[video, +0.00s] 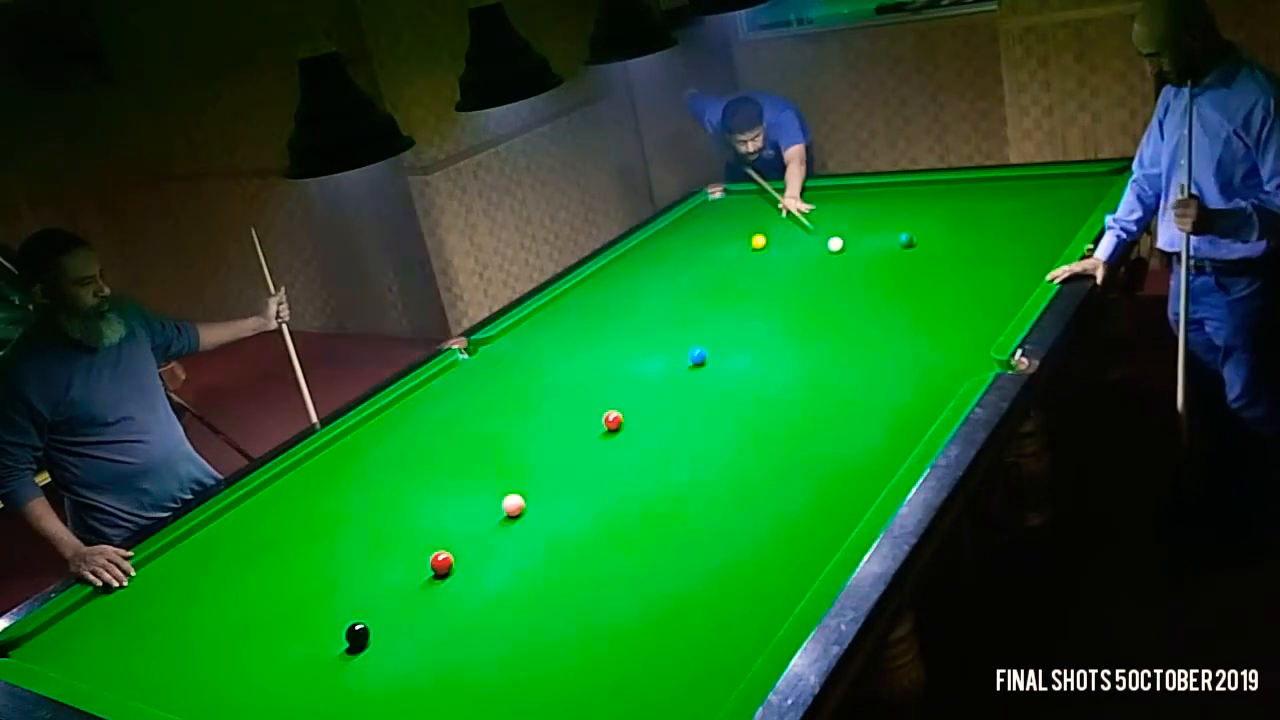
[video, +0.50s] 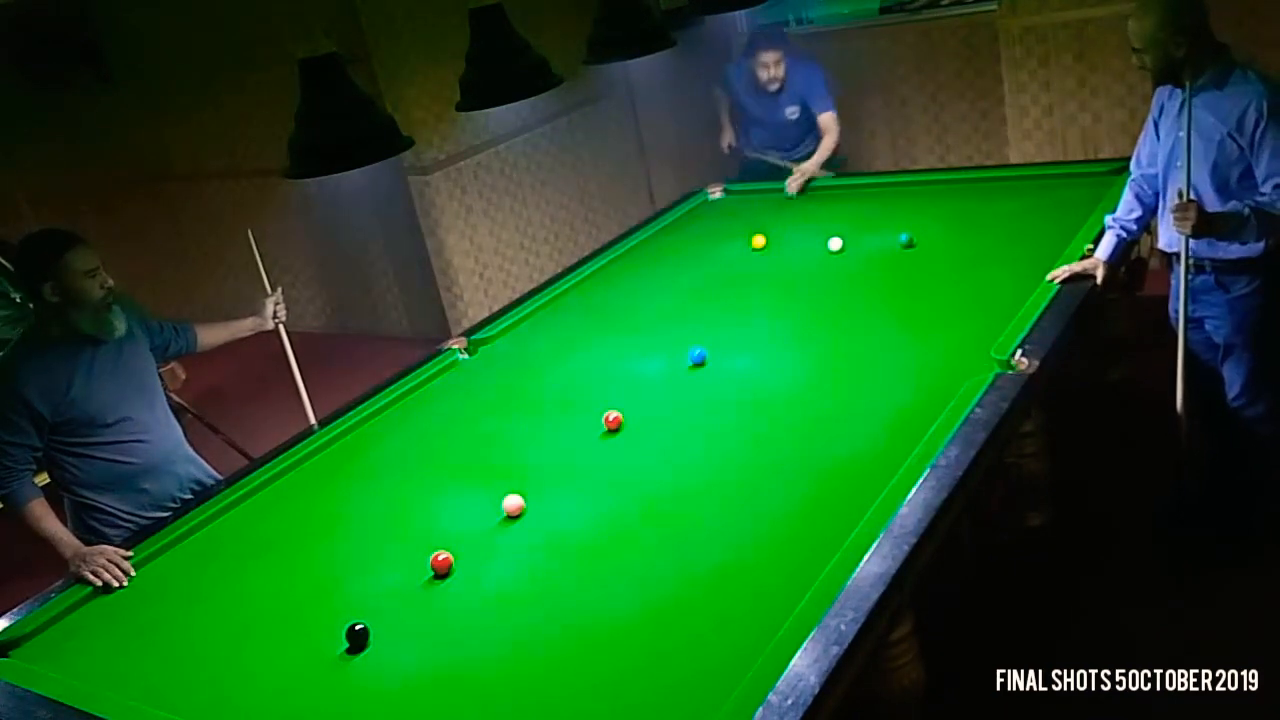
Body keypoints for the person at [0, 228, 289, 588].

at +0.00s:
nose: (102, 290)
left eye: (100, 277)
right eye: (84, 283)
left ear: (104, 272)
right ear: (44, 295)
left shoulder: (127, 320)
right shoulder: (24, 372)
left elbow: (185, 336)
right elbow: (13, 476)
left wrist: (261, 321)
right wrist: (75, 551)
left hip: (205, 503)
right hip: (130, 543)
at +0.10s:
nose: (102, 289)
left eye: (100, 276)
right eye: (85, 282)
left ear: (104, 270)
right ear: (45, 294)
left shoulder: (127, 320)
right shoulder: (24, 371)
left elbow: (184, 337)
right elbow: (13, 477)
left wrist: (261, 321)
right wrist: (75, 551)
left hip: (204, 502)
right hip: (129, 543)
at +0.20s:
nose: (105, 286)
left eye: (102, 274)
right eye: (89, 280)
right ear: (47, 293)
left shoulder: (125, 321)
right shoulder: (25, 371)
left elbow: (183, 337)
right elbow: (13, 477)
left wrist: (260, 321)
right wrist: (75, 552)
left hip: (204, 502)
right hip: (129, 543)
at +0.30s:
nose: (107, 284)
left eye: (102, 272)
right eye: (90, 278)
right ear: (50, 294)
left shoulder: (126, 323)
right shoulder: (26, 371)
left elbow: (183, 337)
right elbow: (12, 477)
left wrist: (260, 321)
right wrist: (75, 551)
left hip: (204, 503)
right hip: (129, 543)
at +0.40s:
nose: (108, 283)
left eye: (102, 271)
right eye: (91, 277)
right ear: (51, 293)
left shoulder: (124, 323)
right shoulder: (25, 371)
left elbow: (182, 337)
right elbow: (13, 476)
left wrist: (259, 321)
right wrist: (75, 552)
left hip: (205, 503)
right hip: (130, 544)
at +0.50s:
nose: (108, 282)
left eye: (102, 270)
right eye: (91, 275)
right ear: (52, 292)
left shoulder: (123, 320)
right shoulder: (25, 371)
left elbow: (180, 338)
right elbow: (13, 477)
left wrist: (258, 321)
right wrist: (75, 552)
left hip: (204, 503)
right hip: (129, 543)